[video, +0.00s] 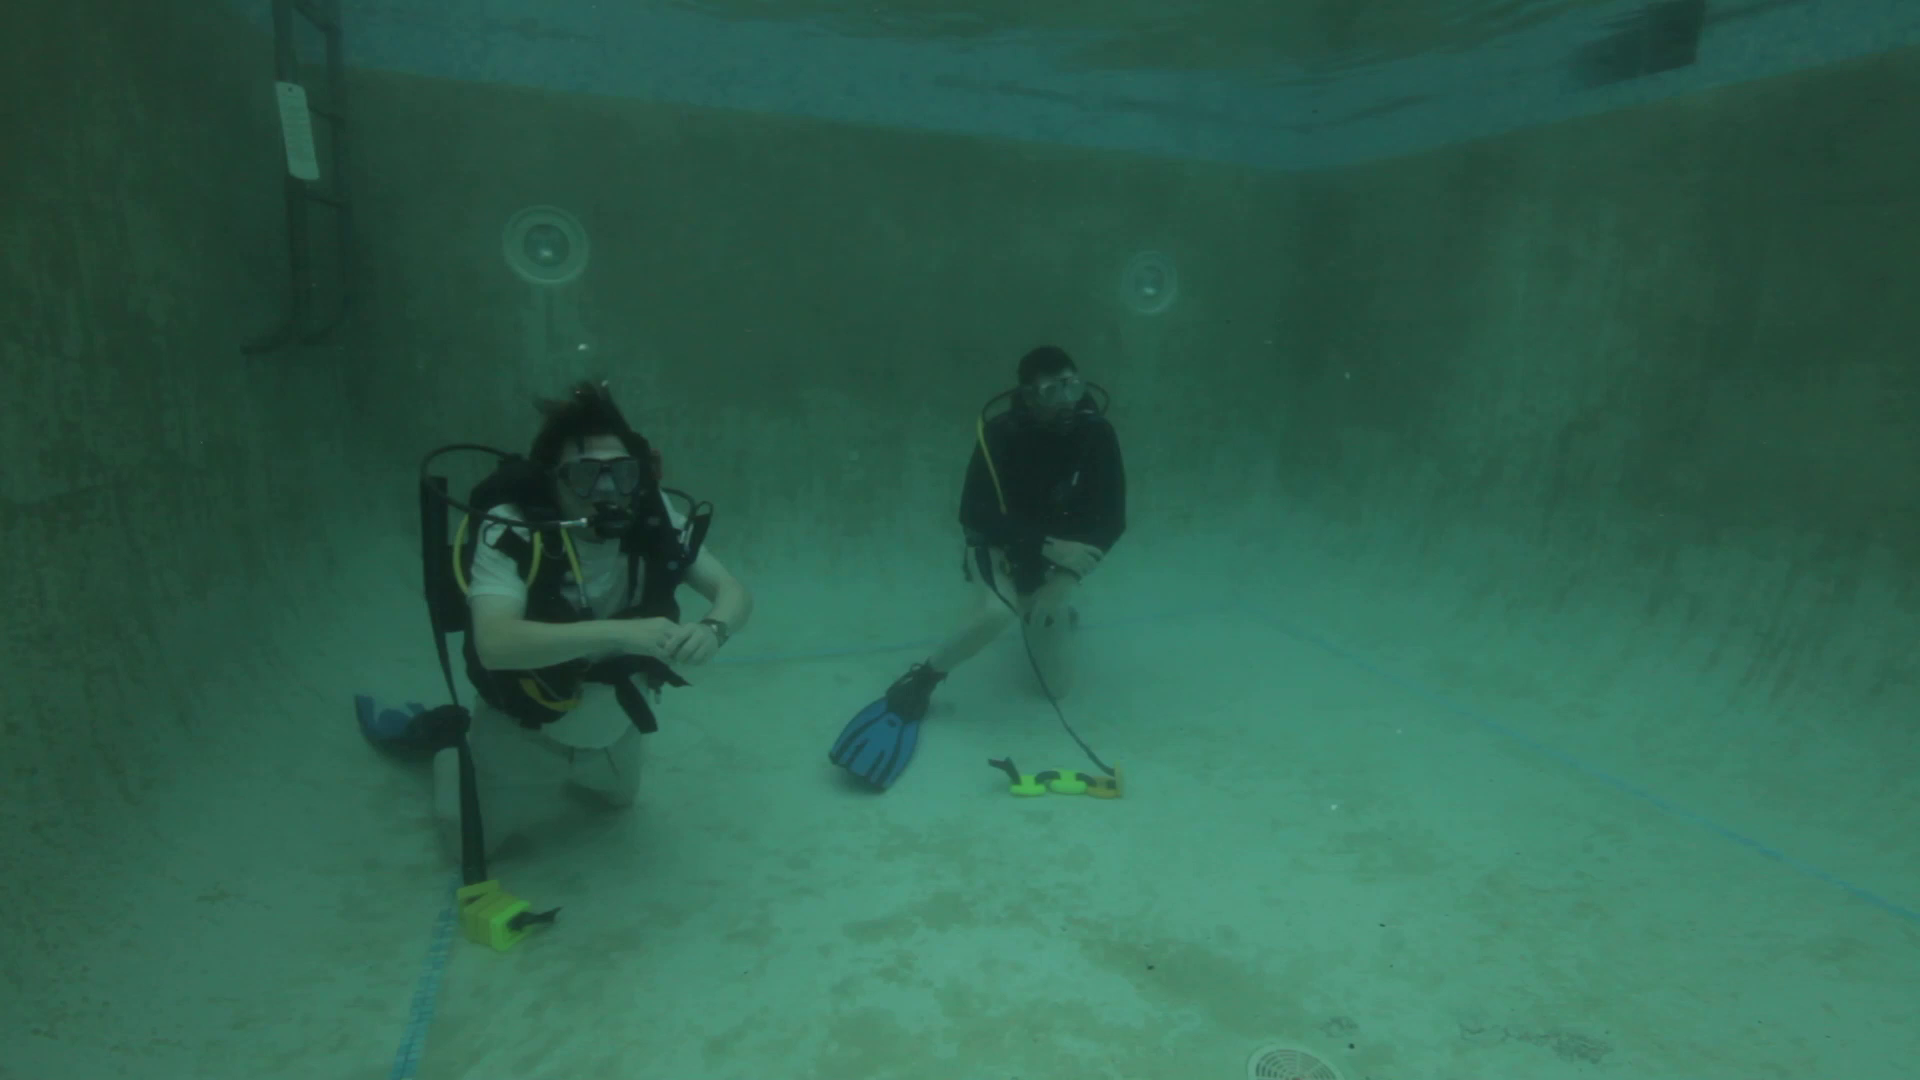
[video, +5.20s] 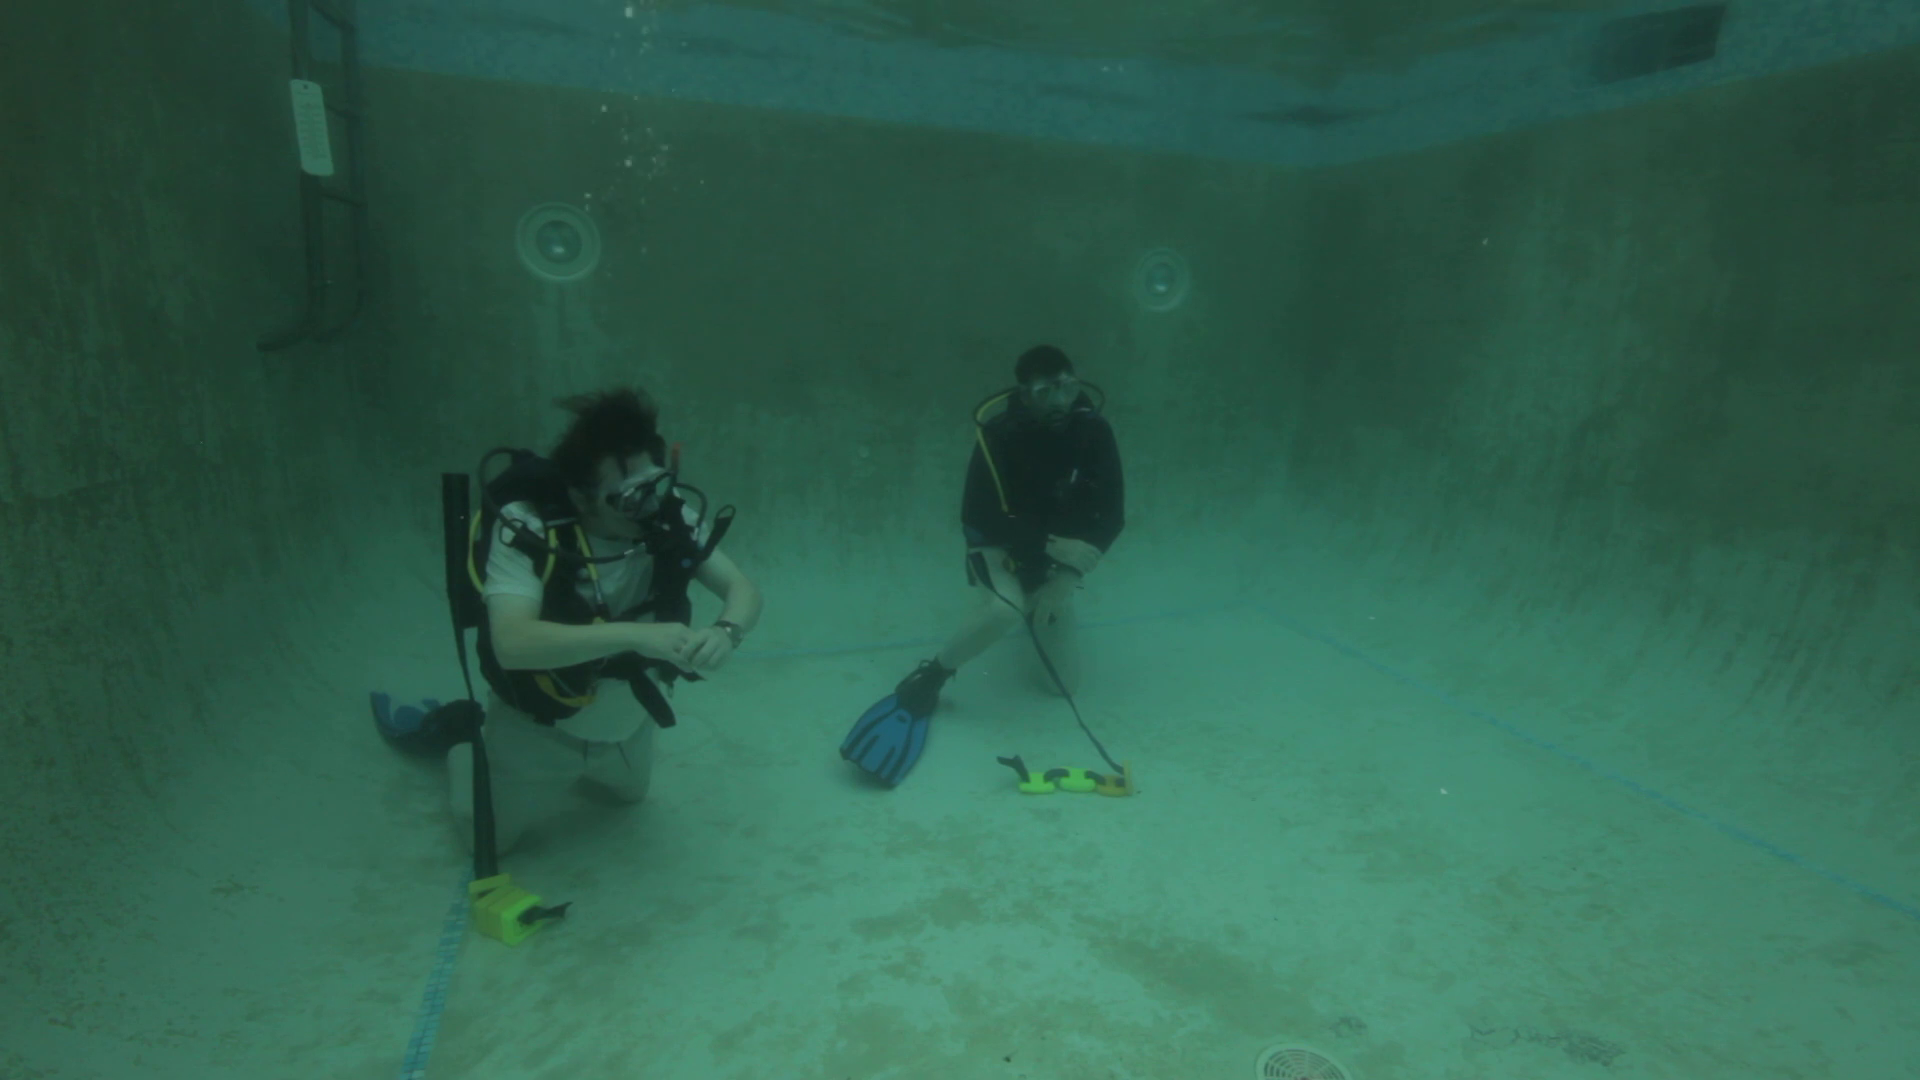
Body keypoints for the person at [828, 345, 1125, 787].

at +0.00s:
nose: (1066, 397)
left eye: (1070, 384)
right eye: (1053, 389)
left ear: (1080, 384)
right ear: (1029, 395)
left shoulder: (1096, 433)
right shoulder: (1002, 434)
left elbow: (1111, 519)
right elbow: (976, 514)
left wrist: (1063, 582)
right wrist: (1048, 544)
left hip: (1059, 552)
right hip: (1000, 544)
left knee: (1057, 683)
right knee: (999, 611)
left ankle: (1051, 608)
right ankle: (921, 681)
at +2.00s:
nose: (1084, 393)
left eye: (1086, 381)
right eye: (1071, 385)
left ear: (1093, 381)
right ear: (1045, 393)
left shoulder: (1107, 430)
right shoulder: (1015, 429)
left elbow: (1121, 518)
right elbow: (988, 512)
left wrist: (1071, 584)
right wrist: (1058, 546)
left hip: (1068, 552)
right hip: (1011, 544)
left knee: (1069, 681)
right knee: (1009, 610)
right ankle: (932, 677)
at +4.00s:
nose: (1065, 397)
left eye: (1073, 385)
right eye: (1054, 387)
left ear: (1084, 387)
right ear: (1031, 390)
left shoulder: (1101, 430)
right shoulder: (1008, 429)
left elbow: (1116, 516)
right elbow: (986, 513)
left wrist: (1068, 582)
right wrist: (1055, 545)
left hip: (1068, 549)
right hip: (1007, 542)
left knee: (1066, 681)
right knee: (1008, 609)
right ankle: (929, 679)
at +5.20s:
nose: (1060, 398)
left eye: (1066, 387)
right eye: (1049, 389)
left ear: (1075, 385)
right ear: (1026, 391)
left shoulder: (1093, 429)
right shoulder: (1000, 429)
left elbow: (1110, 513)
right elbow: (980, 514)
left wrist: (1066, 579)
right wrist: (1052, 546)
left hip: (1061, 550)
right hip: (1001, 542)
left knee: (1063, 680)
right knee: (1005, 608)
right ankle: (930, 678)